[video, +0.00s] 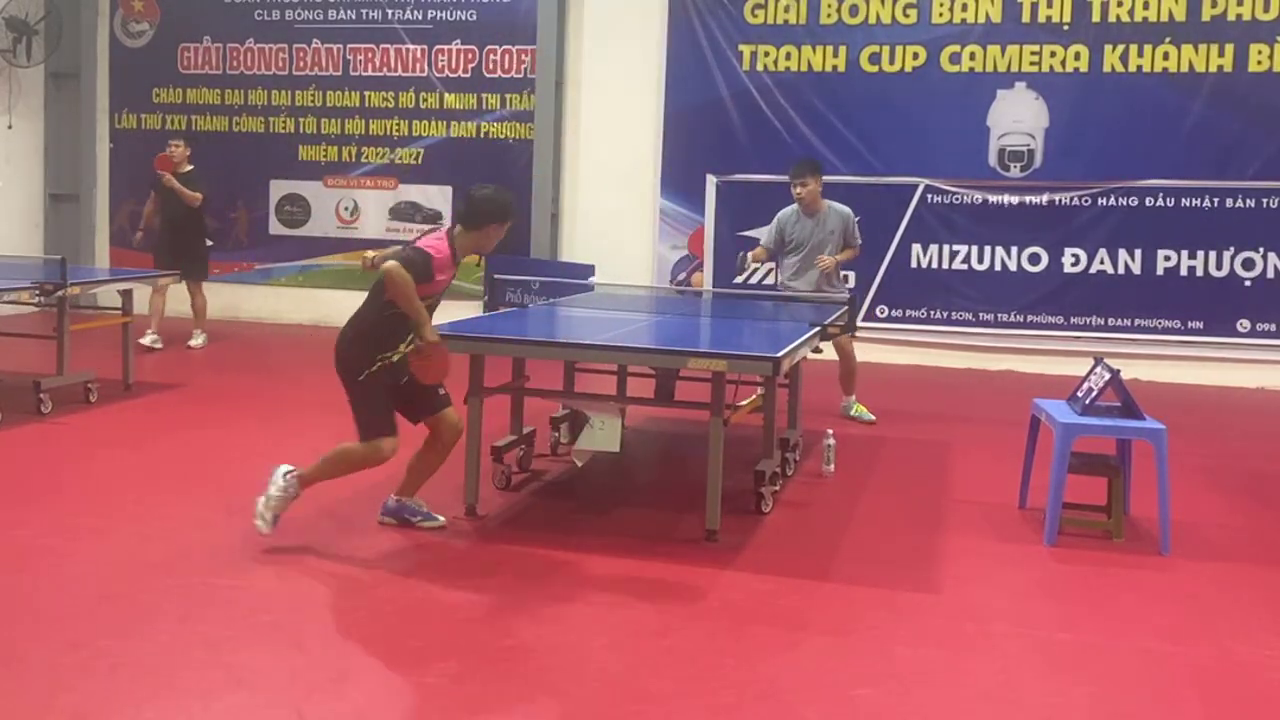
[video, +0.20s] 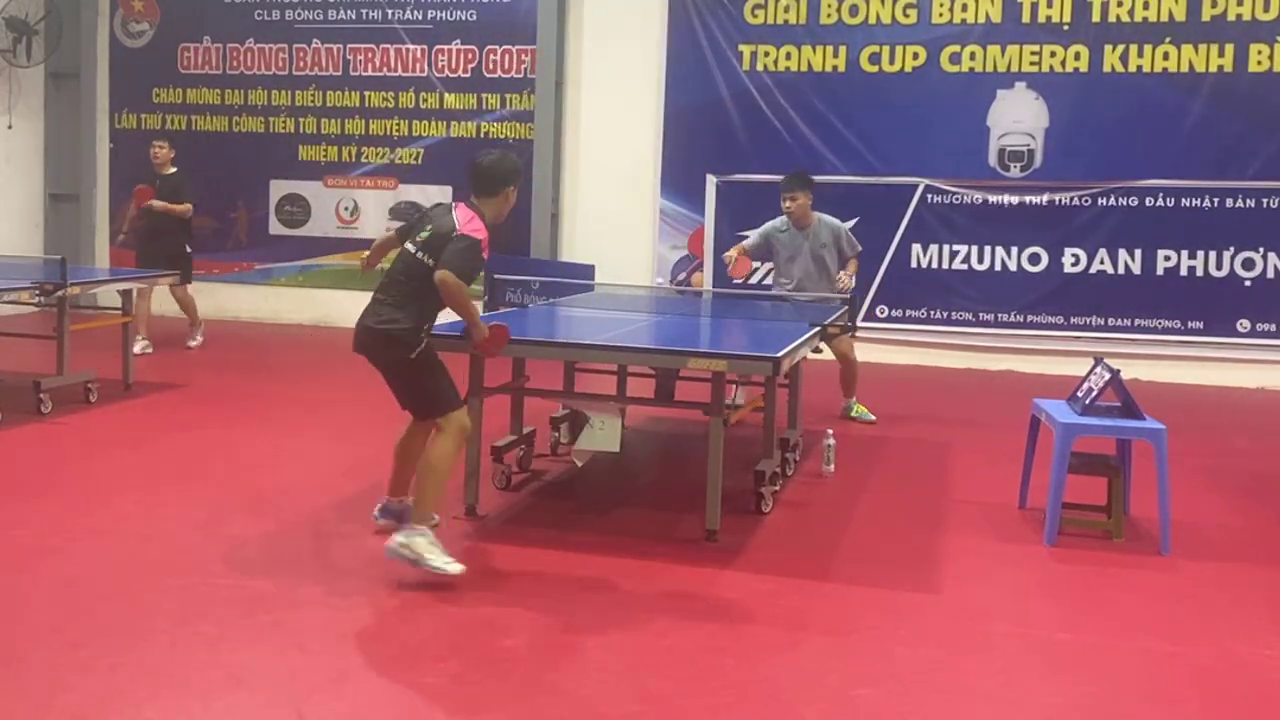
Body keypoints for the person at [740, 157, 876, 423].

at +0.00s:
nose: (797, 192)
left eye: (803, 185)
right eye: (793, 186)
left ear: (819, 184)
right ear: (790, 187)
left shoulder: (842, 215)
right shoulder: (784, 217)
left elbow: (854, 249)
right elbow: (767, 249)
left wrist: (836, 259)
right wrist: (751, 256)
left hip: (830, 298)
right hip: (790, 297)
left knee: (845, 346)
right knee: (770, 342)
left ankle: (849, 402)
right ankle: (763, 393)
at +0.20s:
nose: (787, 206)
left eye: (793, 199)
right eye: (784, 200)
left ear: (809, 199)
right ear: (780, 201)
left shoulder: (833, 228)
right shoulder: (774, 229)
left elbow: (852, 257)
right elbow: (746, 247)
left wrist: (849, 274)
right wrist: (734, 252)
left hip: (826, 306)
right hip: (784, 306)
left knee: (848, 356)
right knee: (744, 338)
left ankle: (850, 403)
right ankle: (740, 394)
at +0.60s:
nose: (729, 217)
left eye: (735, 211)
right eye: (724, 212)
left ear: (749, 211)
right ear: (720, 213)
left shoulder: (766, 232)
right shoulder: (716, 242)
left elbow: (784, 248)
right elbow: (686, 261)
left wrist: (813, 260)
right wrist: (698, 265)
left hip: (766, 312)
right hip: (726, 316)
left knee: (795, 354)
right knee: (703, 356)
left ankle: (821, 401)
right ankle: (706, 411)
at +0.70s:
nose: (730, 210)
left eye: (736, 203)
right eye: (725, 204)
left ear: (748, 204)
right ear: (720, 207)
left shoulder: (764, 226)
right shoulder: (715, 235)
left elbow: (780, 243)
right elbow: (685, 260)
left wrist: (810, 253)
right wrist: (706, 258)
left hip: (762, 306)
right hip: (722, 309)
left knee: (794, 346)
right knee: (703, 356)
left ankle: (813, 397)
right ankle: (705, 409)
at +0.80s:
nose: (736, 202)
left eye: (742, 196)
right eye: (731, 196)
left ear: (754, 198)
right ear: (725, 200)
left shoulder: (768, 224)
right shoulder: (718, 230)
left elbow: (783, 244)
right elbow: (688, 261)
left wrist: (810, 257)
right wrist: (708, 261)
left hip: (764, 305)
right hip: (726, 307)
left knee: (796, 345)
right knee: (705, 352)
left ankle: (811, 396)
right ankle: (705, 409)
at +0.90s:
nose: (745, 198)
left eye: (751, 192)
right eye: (740, 193)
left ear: (763, 195)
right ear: (734, 197)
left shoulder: (777, 225)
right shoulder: (723, 230)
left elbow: (792, 251)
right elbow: (694, 266)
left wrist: (817, 267)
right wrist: (716, 265)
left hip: (771, 307)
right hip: (731, 308)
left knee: (798, 348)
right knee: (711, 351)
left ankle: (810, 398)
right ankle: (706, 409)